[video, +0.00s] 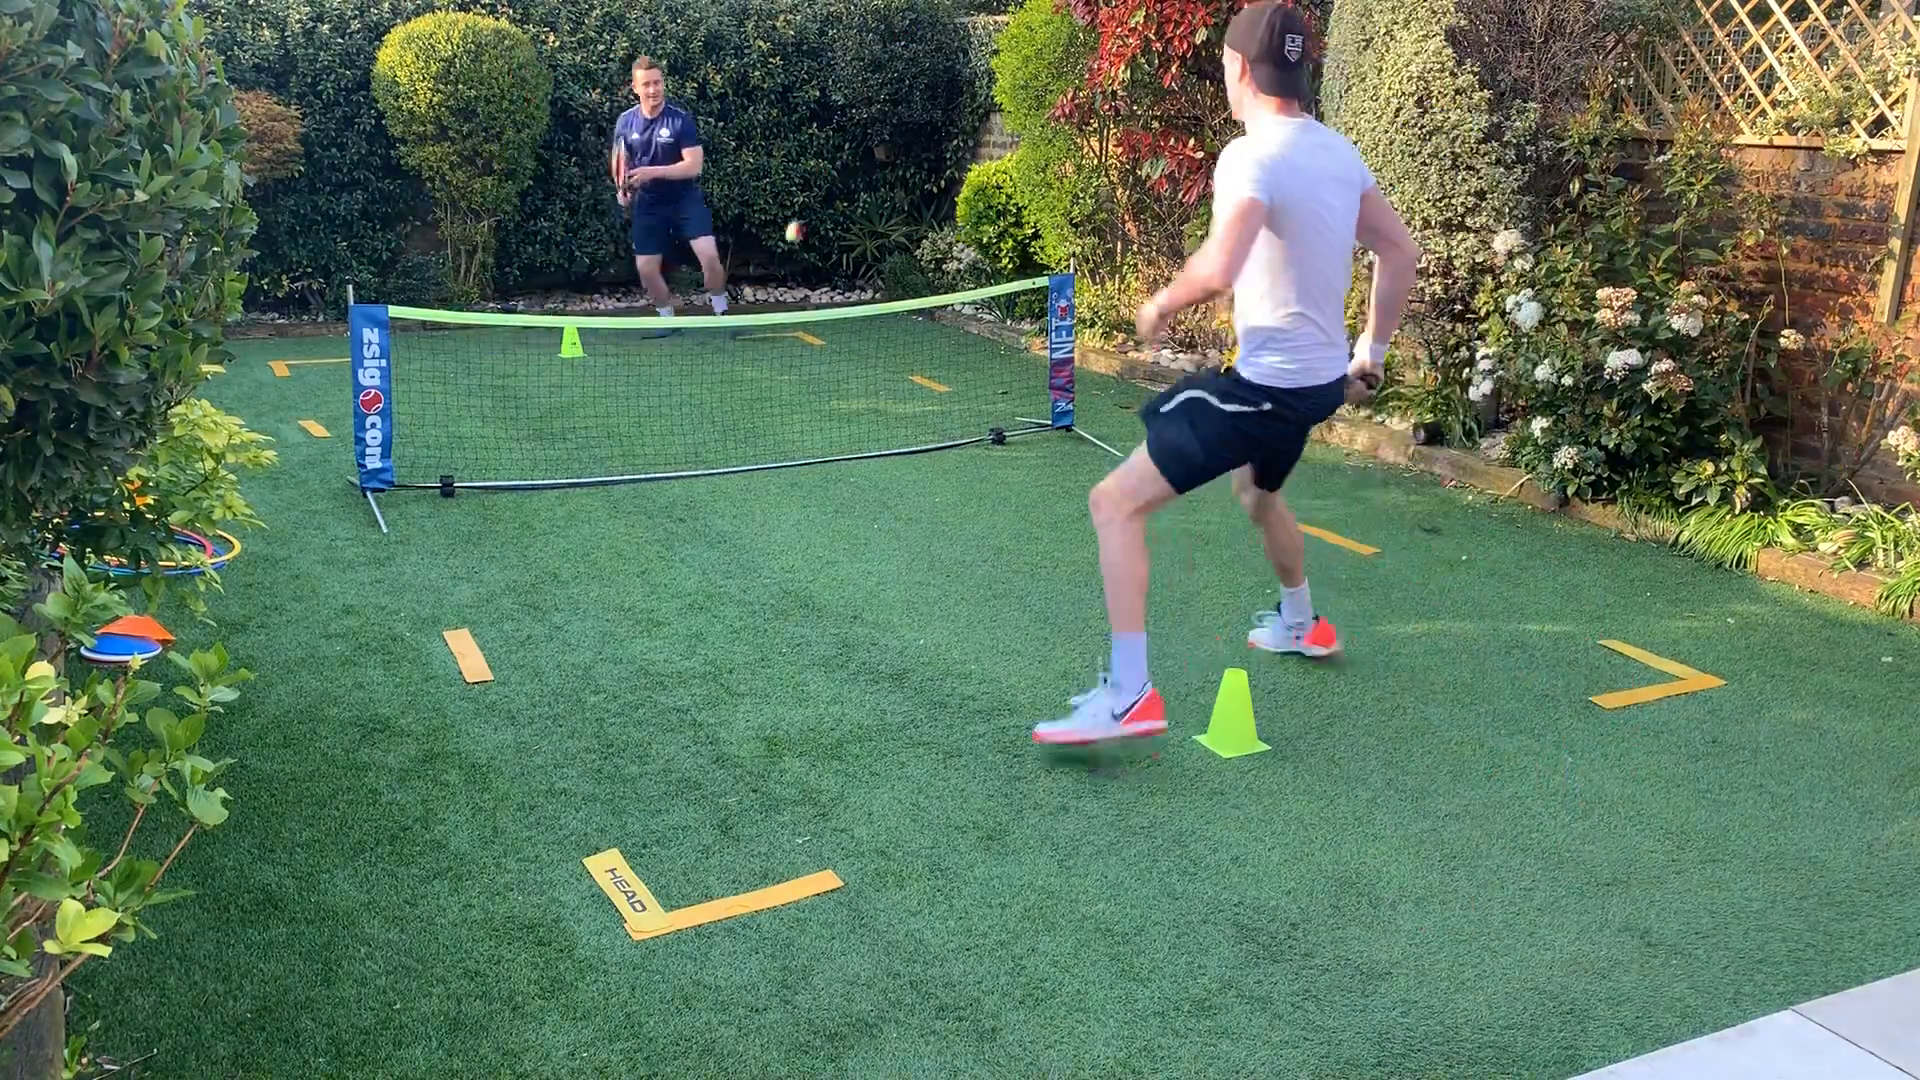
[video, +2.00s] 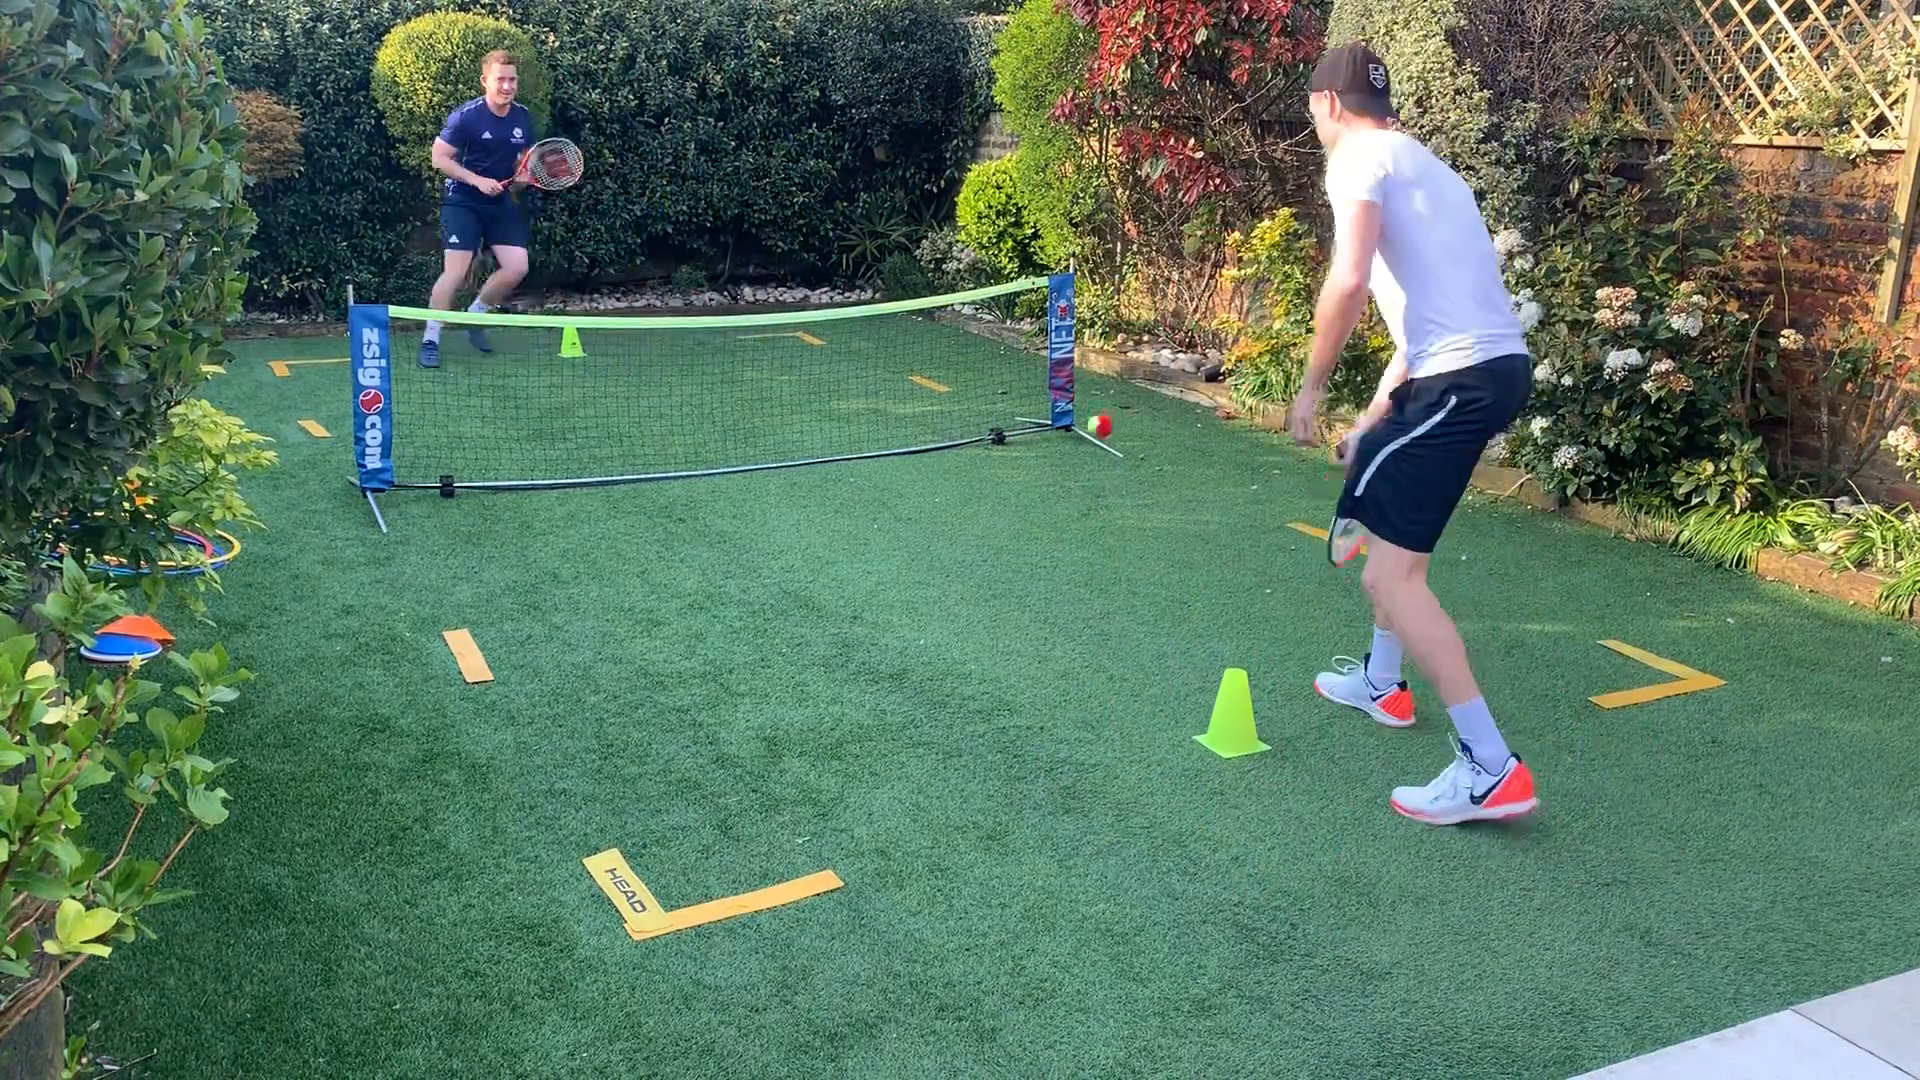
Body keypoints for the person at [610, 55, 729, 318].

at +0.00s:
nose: (653, 89)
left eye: (657, 83)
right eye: (646, 84)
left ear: (663, 84)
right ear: (635, 88)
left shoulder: (681, 120)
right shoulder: (625, 122)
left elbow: (694, 166)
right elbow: (619, 162)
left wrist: (652, 172)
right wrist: (622, 186)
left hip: (685, 198)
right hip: (647, 203)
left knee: (710, 256)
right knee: (646, 269)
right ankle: (668, 320)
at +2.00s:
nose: (508, 86)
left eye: (512, 79)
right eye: (501, 79)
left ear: (517, 82)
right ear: (485, 81)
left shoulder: (523, 118)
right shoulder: (465, 117)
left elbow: (527, 160)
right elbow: (439, 158)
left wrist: (523, 176)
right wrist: (478, 180)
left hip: (501, 201)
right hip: (463, 201)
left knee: (516, 267)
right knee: (456, 271)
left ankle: (475, 314)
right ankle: (430, 338)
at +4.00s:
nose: (427, 108)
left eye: (432, 99)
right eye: (420, 103)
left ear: (444, 97)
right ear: (413, 106)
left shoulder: (474, 118)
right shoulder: (413, 145)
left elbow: (505, 144)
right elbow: (432, 189)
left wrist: (491, 173)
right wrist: (458, 211)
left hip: (484, 203)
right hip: (441, 207)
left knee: (505, 268)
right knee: (431, 273)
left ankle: (512, 337)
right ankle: (416, 344)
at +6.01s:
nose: (569, 110)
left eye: (573, 103)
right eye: (562, 104)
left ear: (584, 103)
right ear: (554, 106)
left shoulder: (603, 136)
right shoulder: (544, 144)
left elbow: (626, 178)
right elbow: (530, 180)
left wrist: (596, 191)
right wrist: (529, 206)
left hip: (601, 215)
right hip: (560, 217)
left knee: (633, 269)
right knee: (534, 272)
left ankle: (642, 324)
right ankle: (512, 322)